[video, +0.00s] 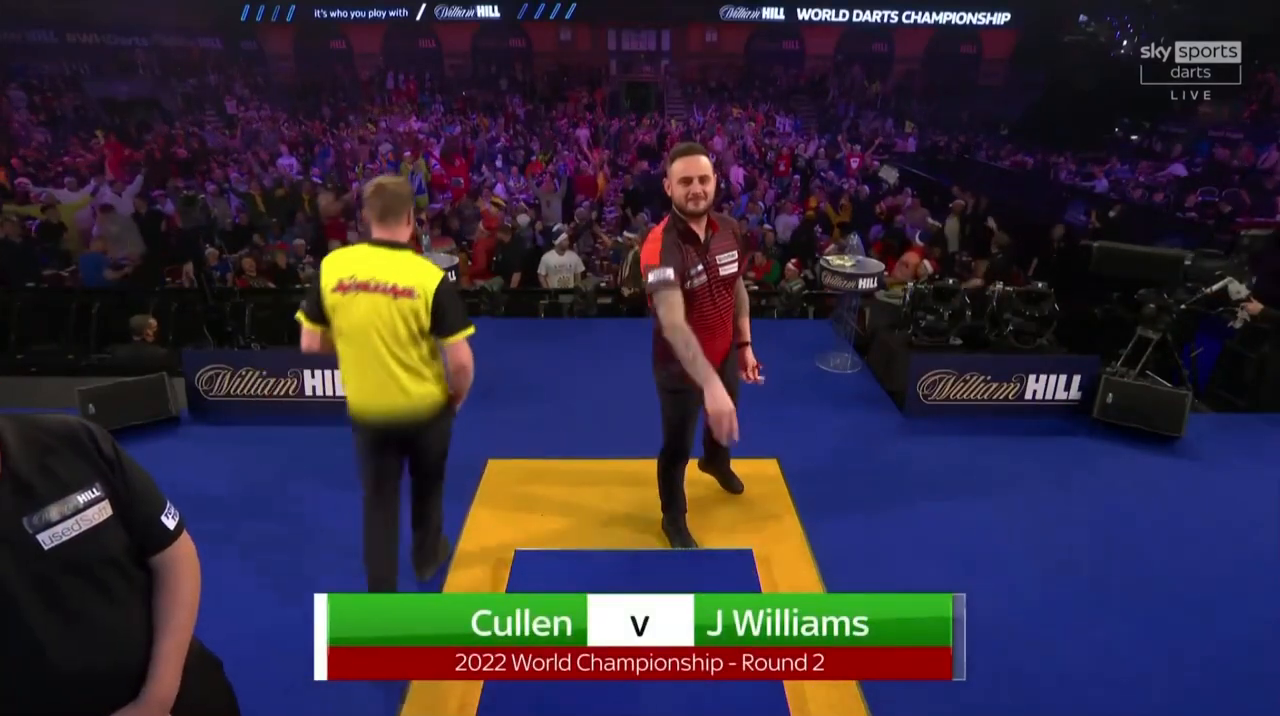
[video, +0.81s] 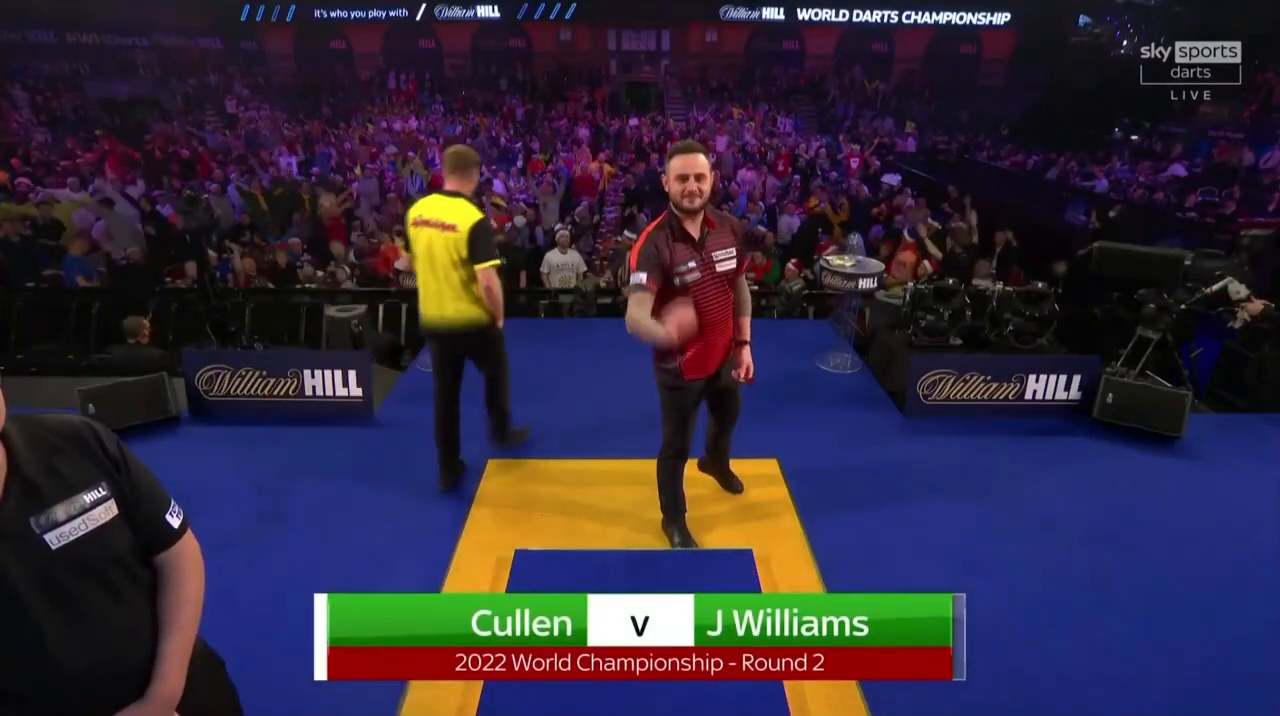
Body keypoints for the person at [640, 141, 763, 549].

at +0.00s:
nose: (696, 188)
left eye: (703, 179)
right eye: (685, 181)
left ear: (714, 182)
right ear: (669, 188)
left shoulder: (728, 230)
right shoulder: (661, 245)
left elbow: (737, 288)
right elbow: (673, 325)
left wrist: (745, 344)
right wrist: (710, 385)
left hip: (724, 352)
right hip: (681, 359)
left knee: (724, 413)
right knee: (677, 446)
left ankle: (715, 459)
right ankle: (674, 516)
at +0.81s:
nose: (692, 186)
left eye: (699, 177)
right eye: (682, 178)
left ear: (711, 182)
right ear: (666, 184)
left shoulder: (727, 228)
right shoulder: (653, 243)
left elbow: (740, 285)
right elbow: (636, 315)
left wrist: (745, 343)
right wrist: (665, 335)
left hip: (722, 355)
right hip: (679, 365)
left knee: (728, 409)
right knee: (677, 447)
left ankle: (715, 460)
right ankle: (673, 520)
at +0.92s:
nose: (689, 185)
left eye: (697, 176)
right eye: (678, 177)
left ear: (709, 180)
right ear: (663, 184)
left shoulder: (725, 227)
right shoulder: (652, 241)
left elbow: (740, 285)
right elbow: (635, 306)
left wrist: (745, 343)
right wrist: (657, 288)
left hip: (723, 353)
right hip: (680, 363)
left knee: (730, 410)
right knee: (677, 446)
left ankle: (715, 460)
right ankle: (674, 520)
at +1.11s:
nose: (686, 185)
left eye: (694, 176)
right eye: (675, 177)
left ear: (706, 180)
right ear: (660, 185)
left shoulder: (724, 225)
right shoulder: (650, 238)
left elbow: (741, 282)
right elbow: (632, 298)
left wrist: (746, 342)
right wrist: (646, 237)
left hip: (725, 353)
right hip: (682, 363)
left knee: (730, 411)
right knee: (678, 446)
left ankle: (715, 461)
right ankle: (674, 520)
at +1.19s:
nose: (685, 185)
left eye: (693, 176)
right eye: (675, 178)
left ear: (705, 181)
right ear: (659, 185)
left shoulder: (722, 225)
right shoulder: (650, 238)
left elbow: (742, 283)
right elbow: (630, 298)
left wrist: (746, 342)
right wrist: (643, 230)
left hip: (725, 353)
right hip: (681, 363)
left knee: (729, 413)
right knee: (678, 446)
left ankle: (714, 461)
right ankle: (673, 519)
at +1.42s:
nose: (684, 187)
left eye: (692, 178)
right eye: (674, 179)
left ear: (704, 182)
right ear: (659, 186)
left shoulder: (726, 226)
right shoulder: (650, 238)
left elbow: (742, 283)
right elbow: (627, 299)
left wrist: (748, 343)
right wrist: (644, 227)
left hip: (725, 354)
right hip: (681, 363)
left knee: (729, 415)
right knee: (678, 447)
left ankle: (714, 461)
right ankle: (674, 520)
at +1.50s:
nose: (685, 188)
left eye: (693, 178)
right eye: (674, 180)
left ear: (705, 182)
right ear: (659, 187)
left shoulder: (726, 226)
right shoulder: (650, 239)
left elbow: (744, 284)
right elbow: (628, 301)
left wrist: (748, 343)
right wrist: (646, 230)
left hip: (726, 354)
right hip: (681, 364)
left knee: (729, 414)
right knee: (678, 447)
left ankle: (714, 461)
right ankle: (674, 520)